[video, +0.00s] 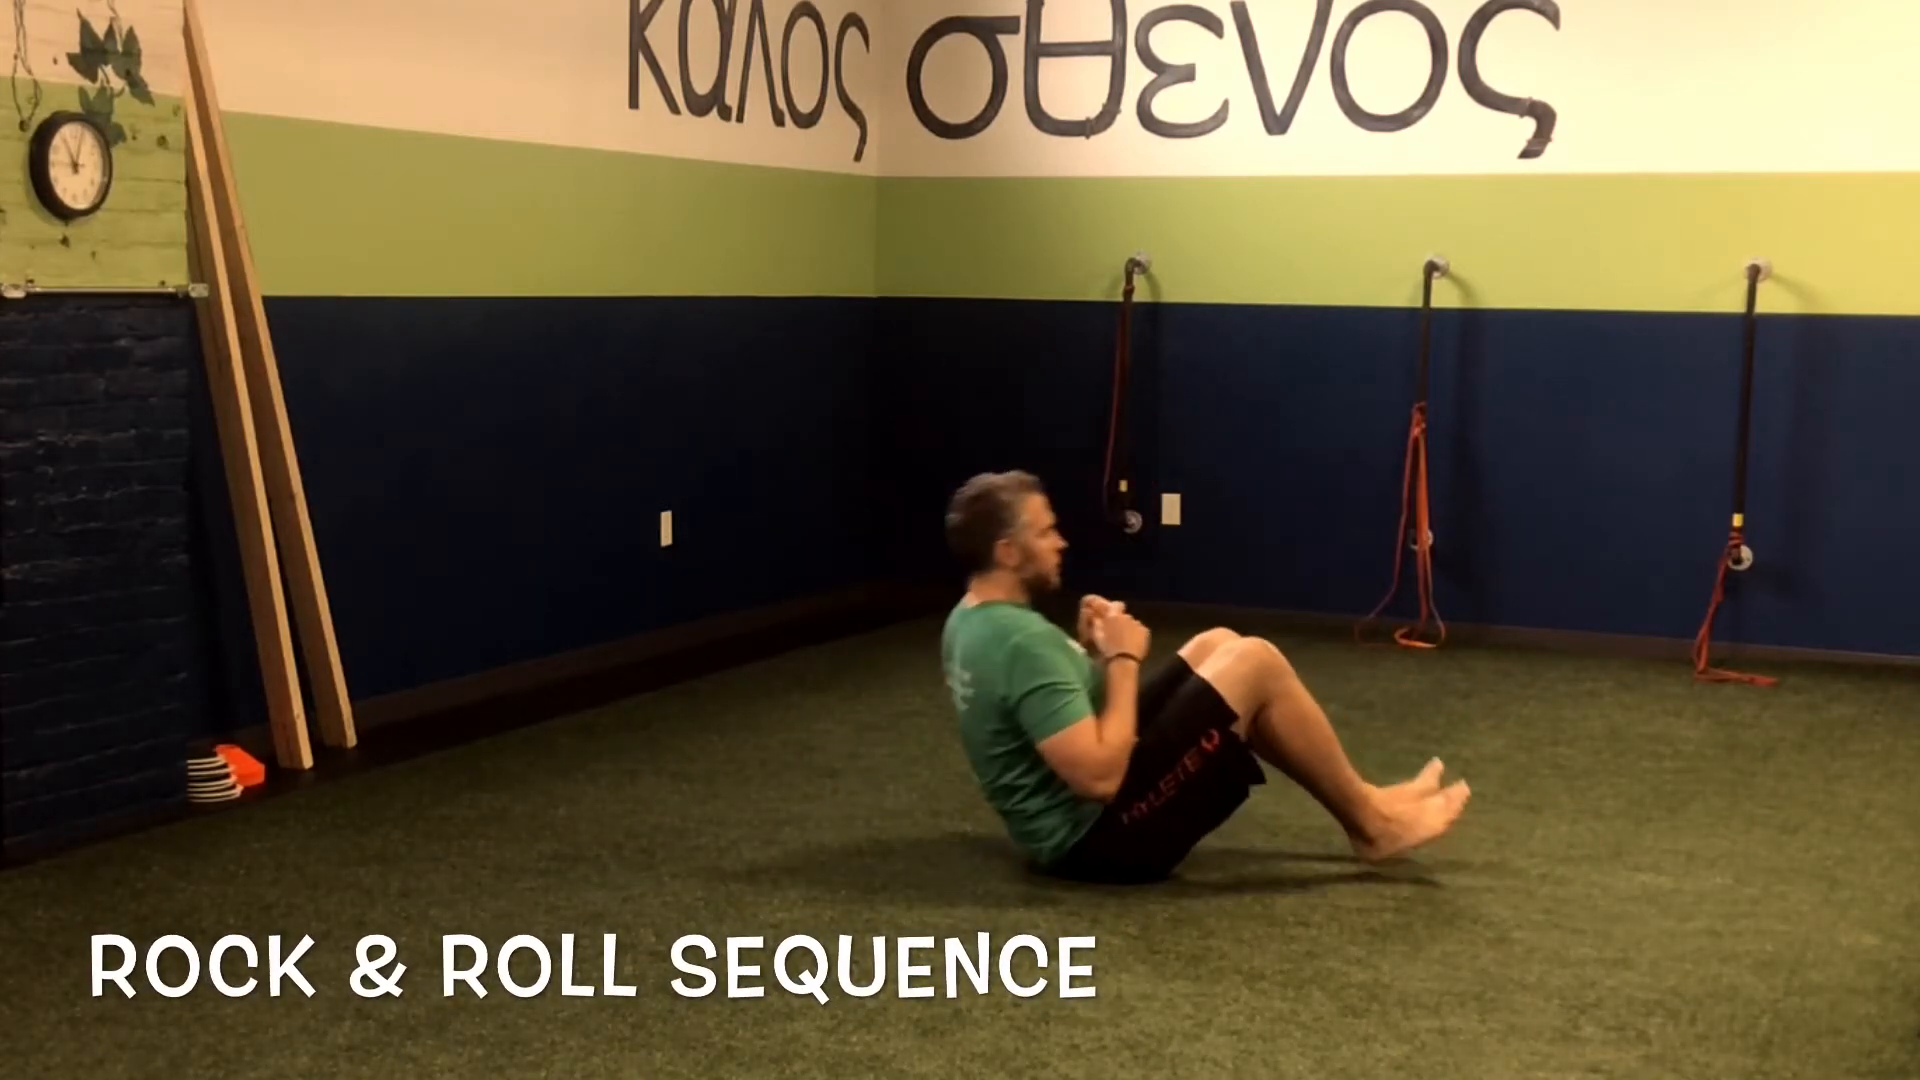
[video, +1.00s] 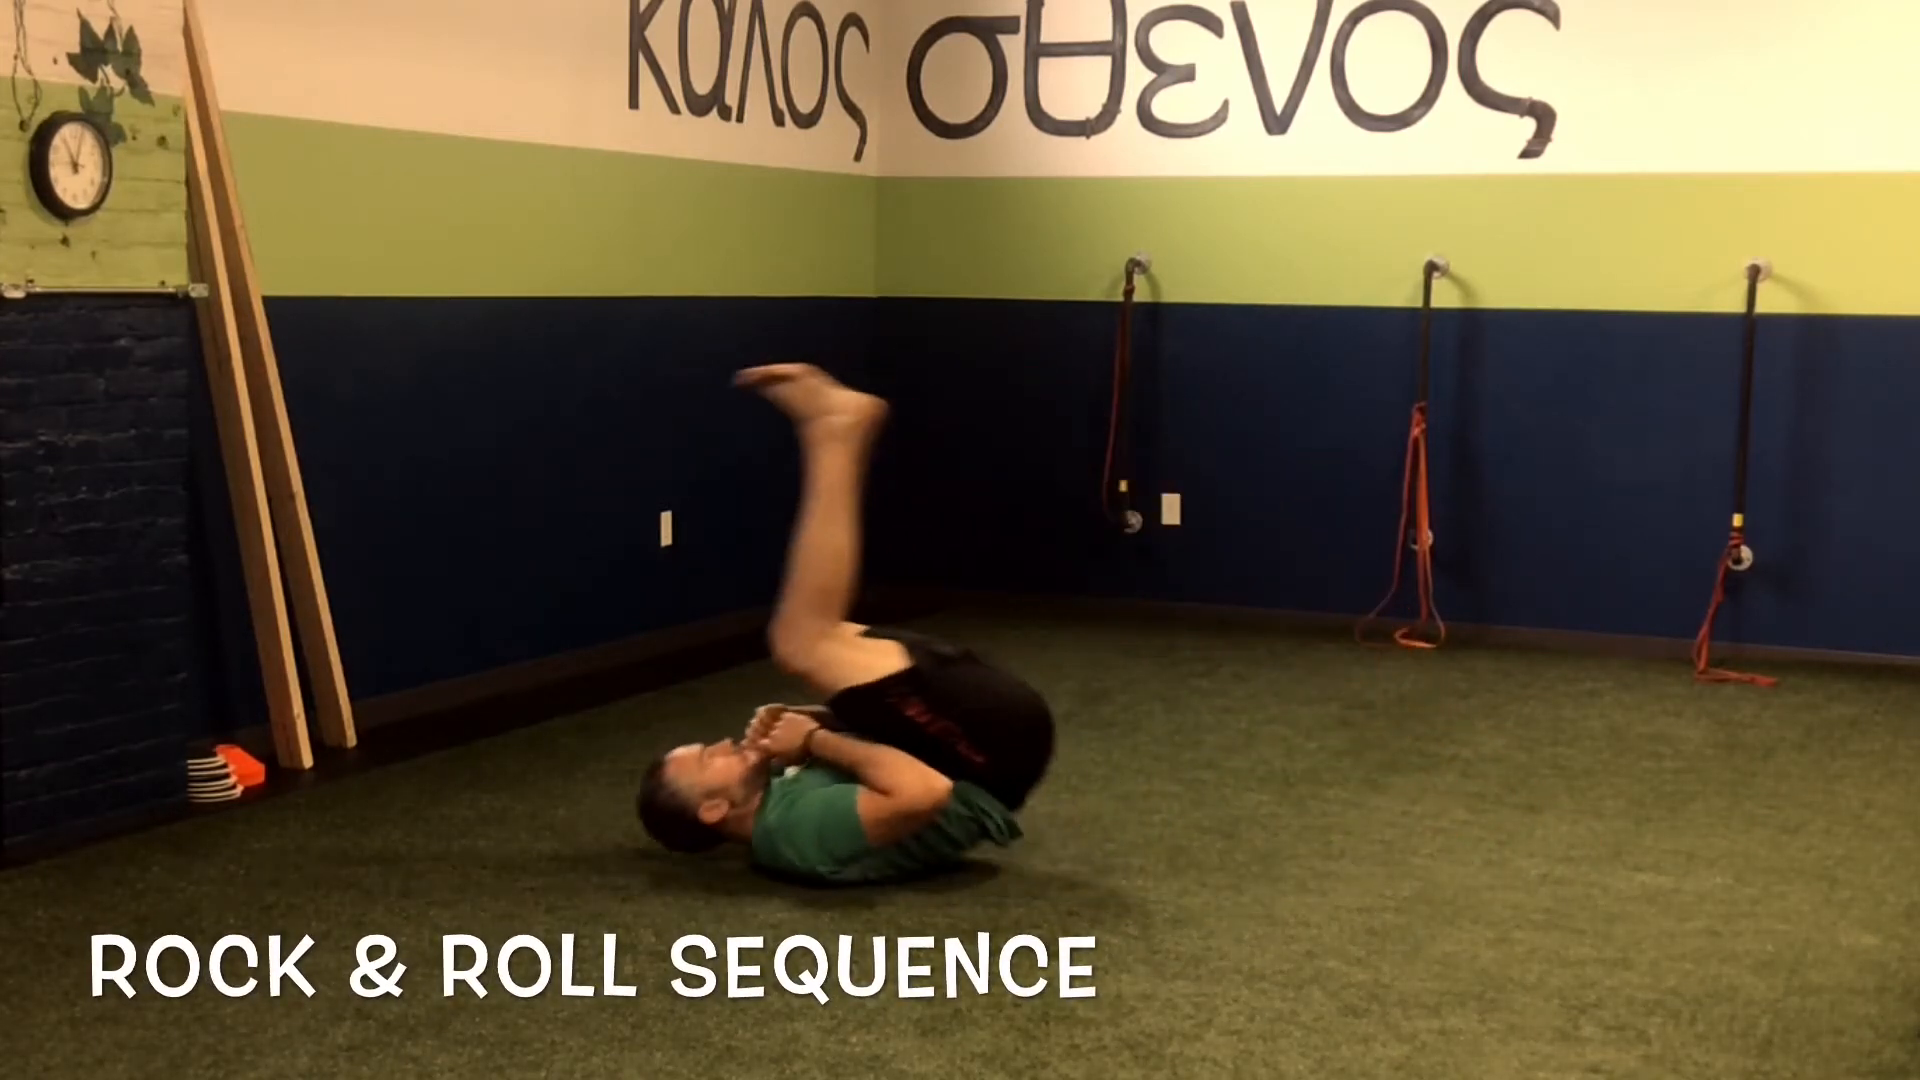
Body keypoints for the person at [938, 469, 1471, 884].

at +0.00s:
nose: (1062, 544)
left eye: (1055, 529)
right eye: (1048, 532)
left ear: (998, 552)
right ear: (1006, 550)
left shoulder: (972, 622)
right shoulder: (1021, 642)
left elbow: (1066, 729)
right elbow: (1101, 775)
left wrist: (1090, 656)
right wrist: (1123, 662)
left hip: (1065, 821)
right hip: (1101, 842)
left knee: (1219, 644)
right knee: (1257, 660)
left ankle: (1365, 808)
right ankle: (1374, 822)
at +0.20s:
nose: (1005, 558)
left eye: (996, 543)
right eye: (988, 550)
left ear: (950, 574)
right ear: (951, 575)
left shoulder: (941, 643)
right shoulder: (980, 663)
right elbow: (1081, 780)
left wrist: (1059, 661)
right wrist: (1087, 665)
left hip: (1060, 822)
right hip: (1093, 842)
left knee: (1181, 624)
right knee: (1207, 636)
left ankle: (1351, 757)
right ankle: (1366, 764)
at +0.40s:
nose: (940, 584)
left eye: (928, 572)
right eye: (922, 579)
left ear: (891, 614)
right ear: (891, 614)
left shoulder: (905, 672)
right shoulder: (928, 694)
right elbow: (1054, 790)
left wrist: (1021, 667)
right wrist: (1038, 674)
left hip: (1057, 817)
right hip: (1085, 843)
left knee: (1125, 606)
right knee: (1141, 615)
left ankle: (1329, 676)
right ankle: (1342, 676)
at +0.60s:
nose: (861, 639)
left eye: (848, 631)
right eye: (840, 641)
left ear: (828, 679)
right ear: (815, 685)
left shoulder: (876, 717)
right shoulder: (870, 745)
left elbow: (994, 777)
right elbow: (1017, 807)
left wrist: (960, 682)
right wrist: (968, 697)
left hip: (1059, 816)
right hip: (1077, 837)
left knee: (1022, 597)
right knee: (1039, 603)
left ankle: (1228, 563)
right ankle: (1238, 566)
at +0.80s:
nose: (783, 702)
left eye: (766, 698)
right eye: (761, 710)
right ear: (752, 764)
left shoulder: (816, 779)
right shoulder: (820, 809)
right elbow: (969, 809)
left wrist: (872, 715)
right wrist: (874, 728)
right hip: (1044, 795)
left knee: (901, 616)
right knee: (900, 622)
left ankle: (1029, 450)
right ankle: (1027, 451)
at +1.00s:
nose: (724, 743)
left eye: (705, 745)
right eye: (706, 755)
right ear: (716, 807)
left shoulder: (785, 803)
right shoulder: (792, 830)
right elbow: (925, 793)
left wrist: (799, 742)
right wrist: (814, 740)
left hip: (1005, 736)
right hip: (1001, 749)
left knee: (827, 635)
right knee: (801, 641)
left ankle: (840, 428)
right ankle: (835, 428)